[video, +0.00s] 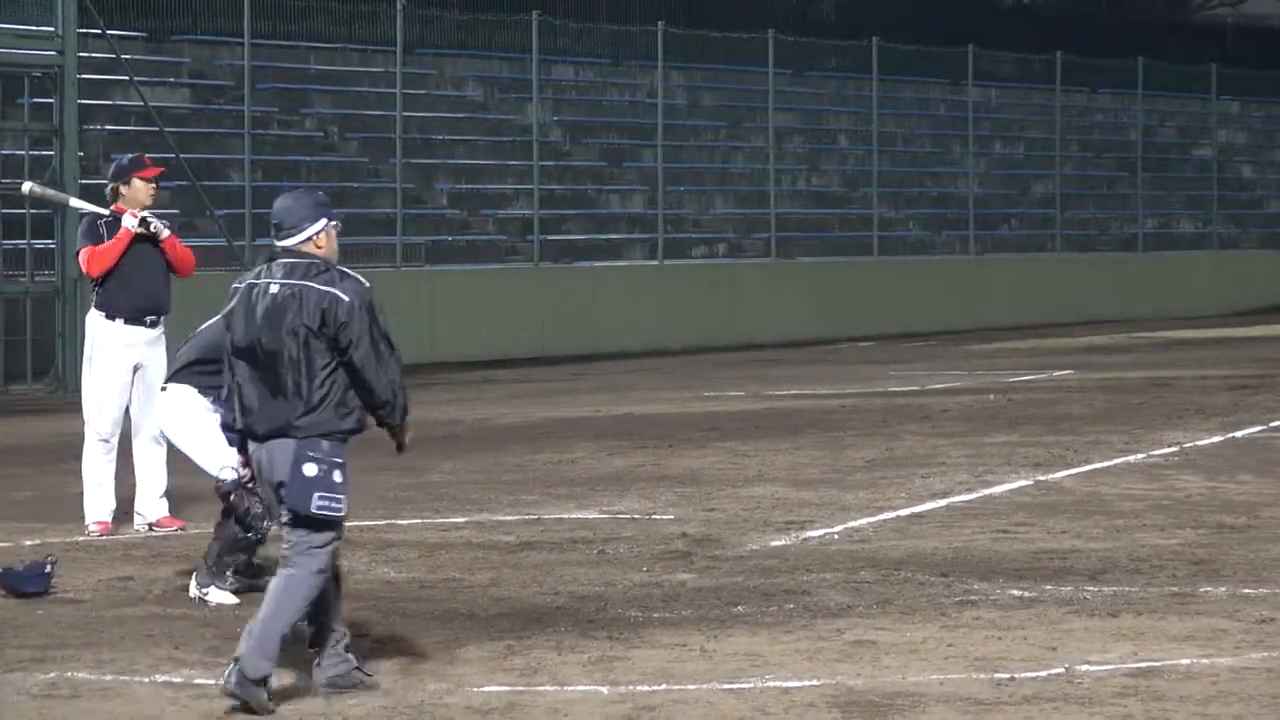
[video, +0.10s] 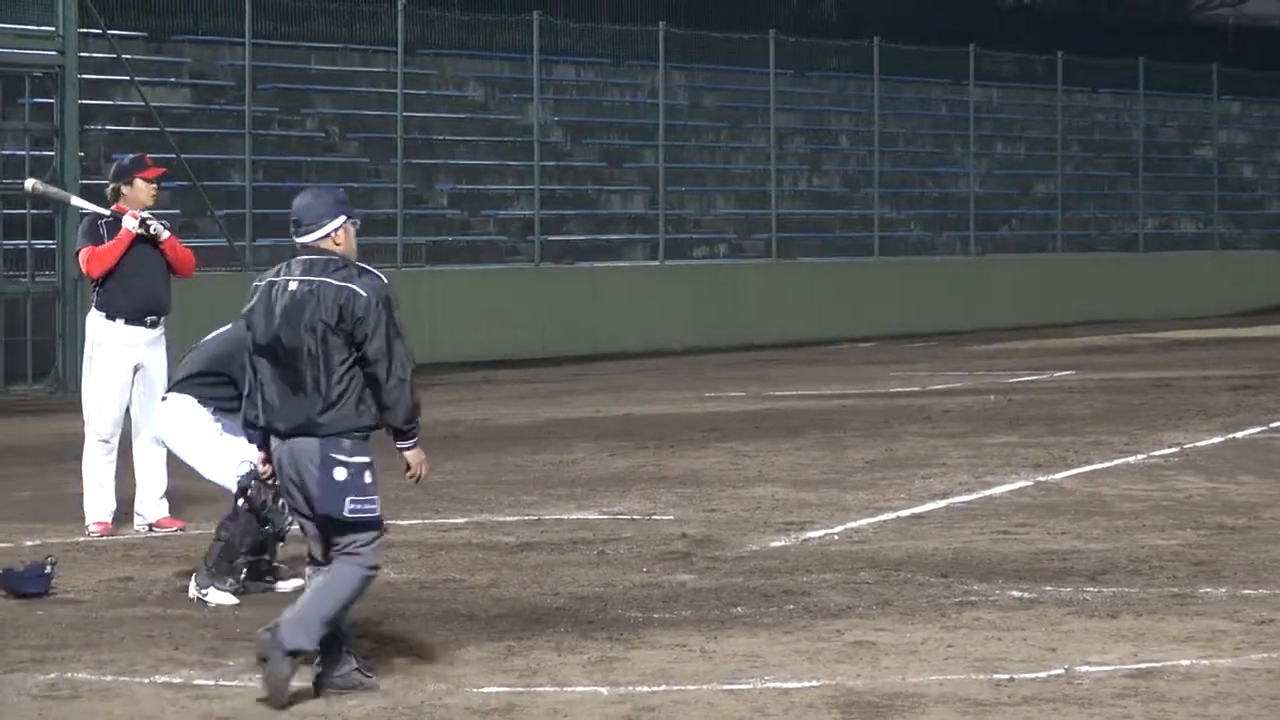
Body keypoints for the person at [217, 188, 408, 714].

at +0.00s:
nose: (337, 236)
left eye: (333, 228)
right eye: (331, 230)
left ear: (286, 238)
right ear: (316, 236)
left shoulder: (250, 290)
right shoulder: (341, 288)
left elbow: (209, 361)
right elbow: (374, 368)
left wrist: (243, 429)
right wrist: (394, 419)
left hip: (265, 446)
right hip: (315, 445)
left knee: (315, 549)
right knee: (309, 554)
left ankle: (334, 660)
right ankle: (249, 669)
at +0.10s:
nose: (355, 233)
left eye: (351, 225)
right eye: (350, 226)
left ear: (306, 235)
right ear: (336, 232)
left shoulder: (267, 287)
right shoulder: (361, 285)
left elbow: (252, 371)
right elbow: (388, 368)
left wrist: (262, 443)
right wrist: (408, 438)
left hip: (285, 442)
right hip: (337, 442)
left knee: (324, 554)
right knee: (359, 552)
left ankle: (338, 665)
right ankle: (286, 640)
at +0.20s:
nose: (375, 228)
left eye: (370, 220)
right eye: (370, 221)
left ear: (324, 228)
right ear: (356, 226)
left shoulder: (290, 279)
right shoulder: (379, 279)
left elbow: (274, 361)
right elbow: (402, 363)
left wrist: (284, 428)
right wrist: (414, 433)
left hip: (307, 435)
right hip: (363, 434)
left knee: (334, 546)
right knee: (396, 531)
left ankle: (332, 658)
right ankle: (338, 632)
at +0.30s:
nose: (396, 228)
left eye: (391, 219)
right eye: (391, 221)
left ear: (344, 229)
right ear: (376, 227)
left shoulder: (309, 278)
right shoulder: (398, 279)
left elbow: (293, 359)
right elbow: (412, 363)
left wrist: (304, 422)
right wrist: (424, 431)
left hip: (324, 436)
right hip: (382, 436)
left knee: (336, 551)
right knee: (419, 538)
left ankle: (329, 670)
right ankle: (400, 659)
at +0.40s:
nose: (423, 226)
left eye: (419, 217)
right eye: (417, 218)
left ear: (373, 227)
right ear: (401, 225)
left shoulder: (335, 274)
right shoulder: (426, 278)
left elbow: (322, 357)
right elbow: (432, 363)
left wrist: (326, 423)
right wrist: (439, 427)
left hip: (345, 431)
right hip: (403, 433)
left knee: (344, 548)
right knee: (436, 545)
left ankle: (332, 663)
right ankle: (468, 650)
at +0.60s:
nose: (476, 230)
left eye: (472, 222)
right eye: (471, 224)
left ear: (426, 231)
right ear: (456, 232)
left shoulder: (387, 278)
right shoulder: (479, 286)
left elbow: (372, 364)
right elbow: (489, 373)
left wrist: (378, 427)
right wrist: (495, 444)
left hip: (397, 433)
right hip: (457, 438)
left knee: (391, 542)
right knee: (482, 552)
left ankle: (351, 634)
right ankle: (488, 655)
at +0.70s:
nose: (502, 226)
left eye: (499, 218)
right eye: (497, 220)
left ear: (454, 227)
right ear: (482, 228)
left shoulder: (415, 270)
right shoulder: (506, 282)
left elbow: (399, 353)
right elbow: (521, 366)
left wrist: (404, 416)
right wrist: (535, 433)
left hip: (426, 427)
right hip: (484, 431)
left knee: (439, 528)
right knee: (499, 541)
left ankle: (392, 605)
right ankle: (491, 651)